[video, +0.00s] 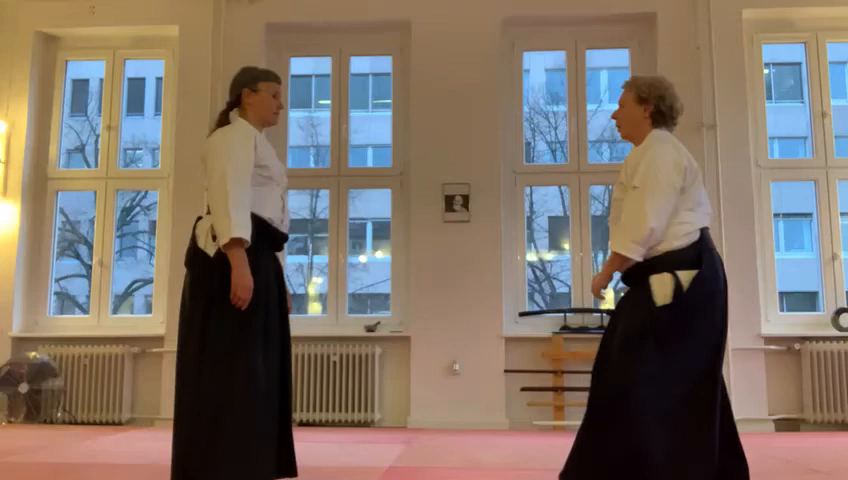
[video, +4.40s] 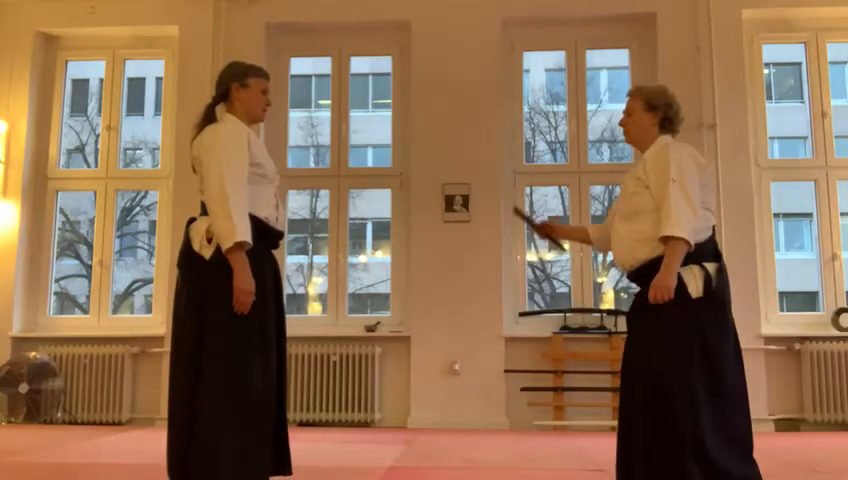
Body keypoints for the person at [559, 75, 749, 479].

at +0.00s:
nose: (614, 113)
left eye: (622, 104)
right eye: (617, 104)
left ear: (647, 110)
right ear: (647, 112)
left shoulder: (661, 151)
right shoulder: (651, 152)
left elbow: (647, 226)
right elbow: (645, 226)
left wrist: (607, 271)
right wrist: (618, 267)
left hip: (678, 277)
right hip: (667, 275)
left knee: (628, 381)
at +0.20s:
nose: (621, 114)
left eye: (628, 106)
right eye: (623, 107)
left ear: (652, 110)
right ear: (649, 111)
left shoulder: (674, 152)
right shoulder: (647, 159)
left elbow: (675, 218)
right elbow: (648, 226)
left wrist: (661, 281)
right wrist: (636, 282)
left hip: (691, 278)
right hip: (664, 281)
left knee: (684, 390)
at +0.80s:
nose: (605, 162)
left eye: (604, 151)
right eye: (600, 156)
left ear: (626, 136)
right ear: (624, 141)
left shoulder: (672, 159)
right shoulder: (639, 180)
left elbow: (684, 225)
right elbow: (661, 237)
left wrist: (654, 279)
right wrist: (652, 287)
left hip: (716, 287)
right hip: (685, 291)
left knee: (716, 397)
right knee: (678, 398)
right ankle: (680, 473)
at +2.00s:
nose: (642, 114)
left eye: (650, 106)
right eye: (644, 107)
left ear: (675, 110)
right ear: (670, 112)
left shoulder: (692, 149)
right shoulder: (666, 159)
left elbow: (688, 217)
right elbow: (662, 226)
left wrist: (663, 276)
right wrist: (639, 282)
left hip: (692, 281)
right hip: (665, 284)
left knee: (696, 392)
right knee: (665, 394)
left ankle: (705, 474)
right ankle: (671, 473)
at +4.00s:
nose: (632, 119)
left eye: (641, 112)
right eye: (635, 112)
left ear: (665, 115)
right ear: (664, 117)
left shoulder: (683, 153)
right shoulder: (666, 158)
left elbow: (685, 217)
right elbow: (675, 220)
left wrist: (669, 276)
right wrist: (656, 278)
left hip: (688, 282)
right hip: (667, 283)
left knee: (690, 392)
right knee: (668, 393)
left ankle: (702, 475)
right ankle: (676, 474)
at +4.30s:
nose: (626, 120)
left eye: (633, 113)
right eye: (628, 113)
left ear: (659, 119)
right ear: (649, 120)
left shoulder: (675, 152)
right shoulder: (645, 166)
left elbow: (685, 212)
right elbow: (637, 239)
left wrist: (668, 269)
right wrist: (591, 272)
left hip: (688, 279)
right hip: (659, 283)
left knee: (687, 387)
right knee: (653, 388)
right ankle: (661, 472)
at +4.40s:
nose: (622, 120)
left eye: (629, 113)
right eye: (624, 113)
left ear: (654, 116)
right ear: (646, 118)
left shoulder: (673, 152)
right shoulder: (640, 171)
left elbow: (684, 213)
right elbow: (616, 236)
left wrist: (668, 270)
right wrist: (562, 231)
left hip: (684, 282)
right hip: (656, 287)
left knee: (685, 390)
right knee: (645, 391)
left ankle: (694, 472)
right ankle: (653, 473)